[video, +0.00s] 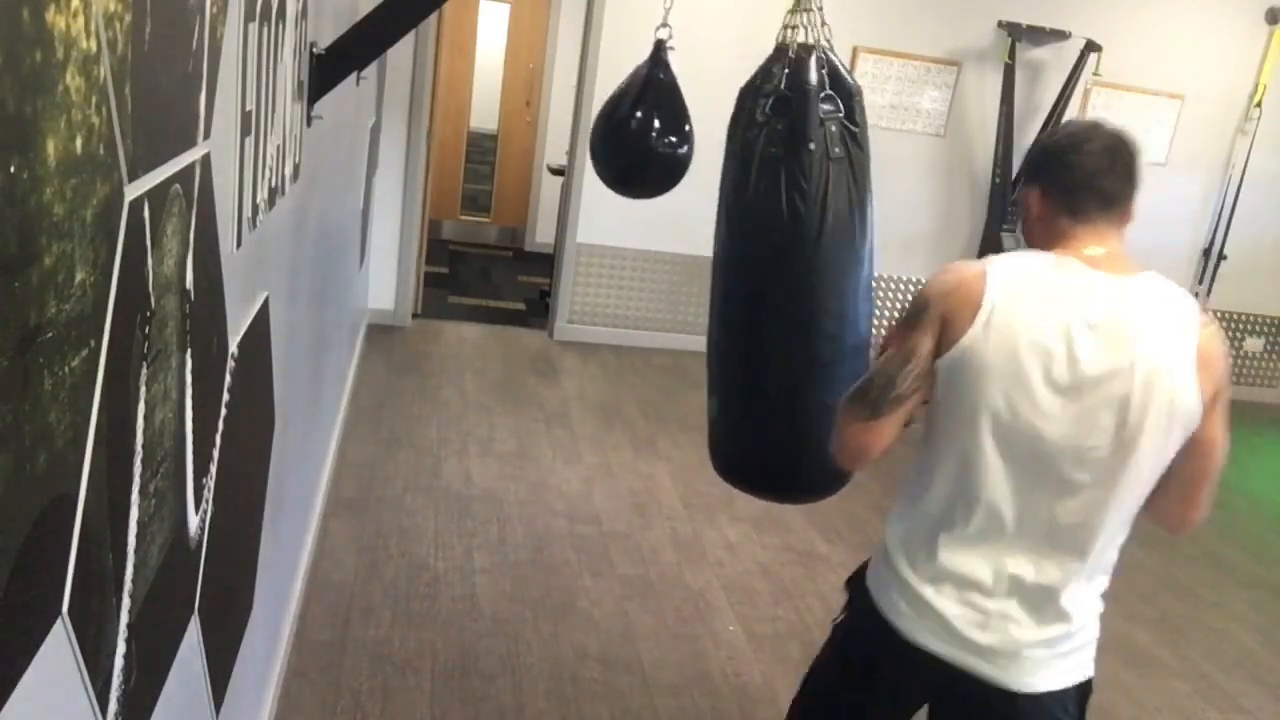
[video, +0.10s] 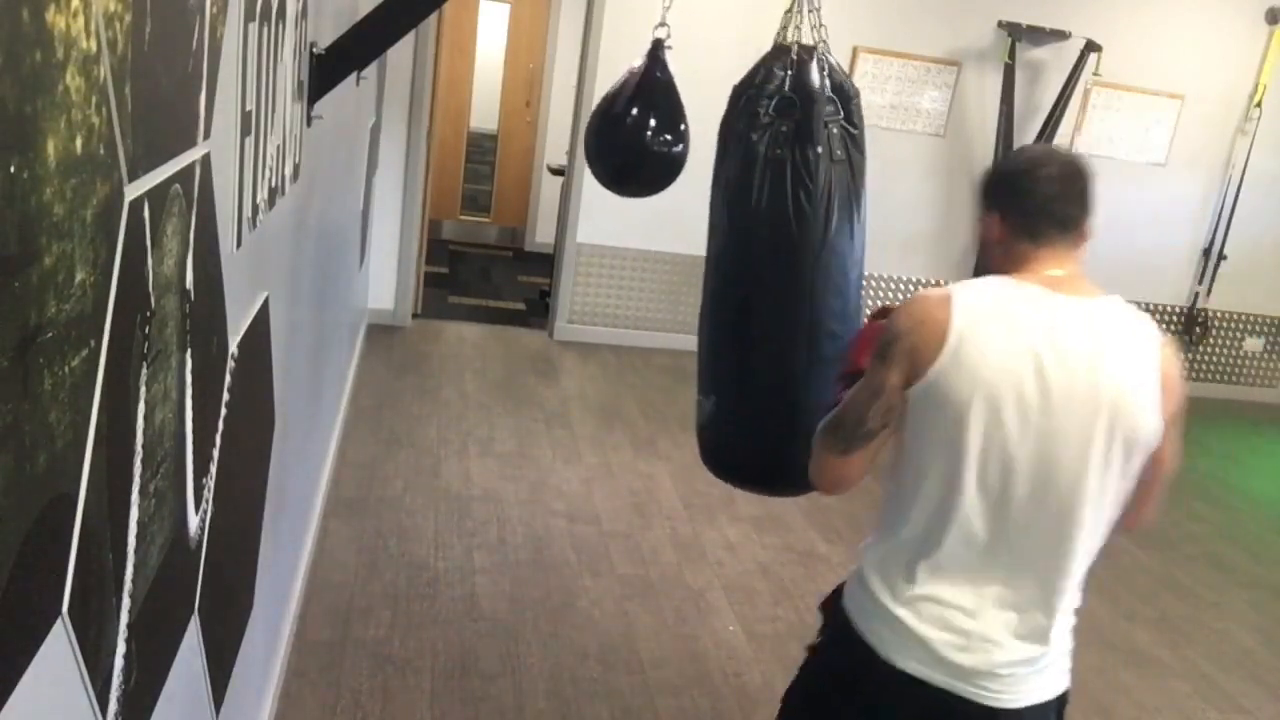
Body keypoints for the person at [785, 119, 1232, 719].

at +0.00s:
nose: (1021, 217)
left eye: (1021, 202)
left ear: (1033, 203)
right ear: (1129, 212)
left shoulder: (966, 289)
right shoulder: (1197, 339)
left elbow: (854, 445)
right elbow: (1182, 510)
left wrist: (900, 375)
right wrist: (1108, 442)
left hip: (902, 630)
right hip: (1042, 673)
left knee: (825, 711)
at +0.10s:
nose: (978, 237)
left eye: (979, 221)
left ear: (994, 227)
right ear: (1085, 234)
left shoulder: (936, 317)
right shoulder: (1156, 357)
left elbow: (832, 471)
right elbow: (1138, 510)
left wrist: (867, 373)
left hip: (883, 661)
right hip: (1025, 688)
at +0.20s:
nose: (928, 238)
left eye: (930, 224)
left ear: (944, 230)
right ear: (1031, 229)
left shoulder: (893, 318)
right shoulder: (1105, 353)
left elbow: (816, 476)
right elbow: (1084, 506)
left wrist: (834, 370)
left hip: (851, 655)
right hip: (989, 683)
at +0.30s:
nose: (886, 229)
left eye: (887, 215)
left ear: (896, 219)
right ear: (985, 220)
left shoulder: (850, 302)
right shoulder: (1055, 330)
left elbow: (784, 449)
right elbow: (1045, 483)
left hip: (822, 612)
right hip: (949, 640)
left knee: (765, 712)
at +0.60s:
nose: (874, 187)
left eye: (875, 175)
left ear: (878, 180)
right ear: (964, 187)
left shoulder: (821, 250)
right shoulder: (1015, 288)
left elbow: (752, 380)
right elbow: (991, 416)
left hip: (793, 552)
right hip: (908, 579)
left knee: (736, 702)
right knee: (884, 711)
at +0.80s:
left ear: (855, 182)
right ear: (938, 188)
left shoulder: (792, 251)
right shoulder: (979, 289)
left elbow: (718, 374)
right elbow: (981, 428)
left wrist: (794, 347)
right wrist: (911, 385)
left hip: (757, 538)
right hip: (867, 573)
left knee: (682, 683)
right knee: (857, 712)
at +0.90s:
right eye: (905, 168)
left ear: (825, 166)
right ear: (905, 177)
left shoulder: (762, 232)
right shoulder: (936, 267)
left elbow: (687, 321)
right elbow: (963, 418)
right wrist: (910, 391)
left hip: (730, 525)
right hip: (836, 553)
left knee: (651, 688)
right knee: (839, 711)